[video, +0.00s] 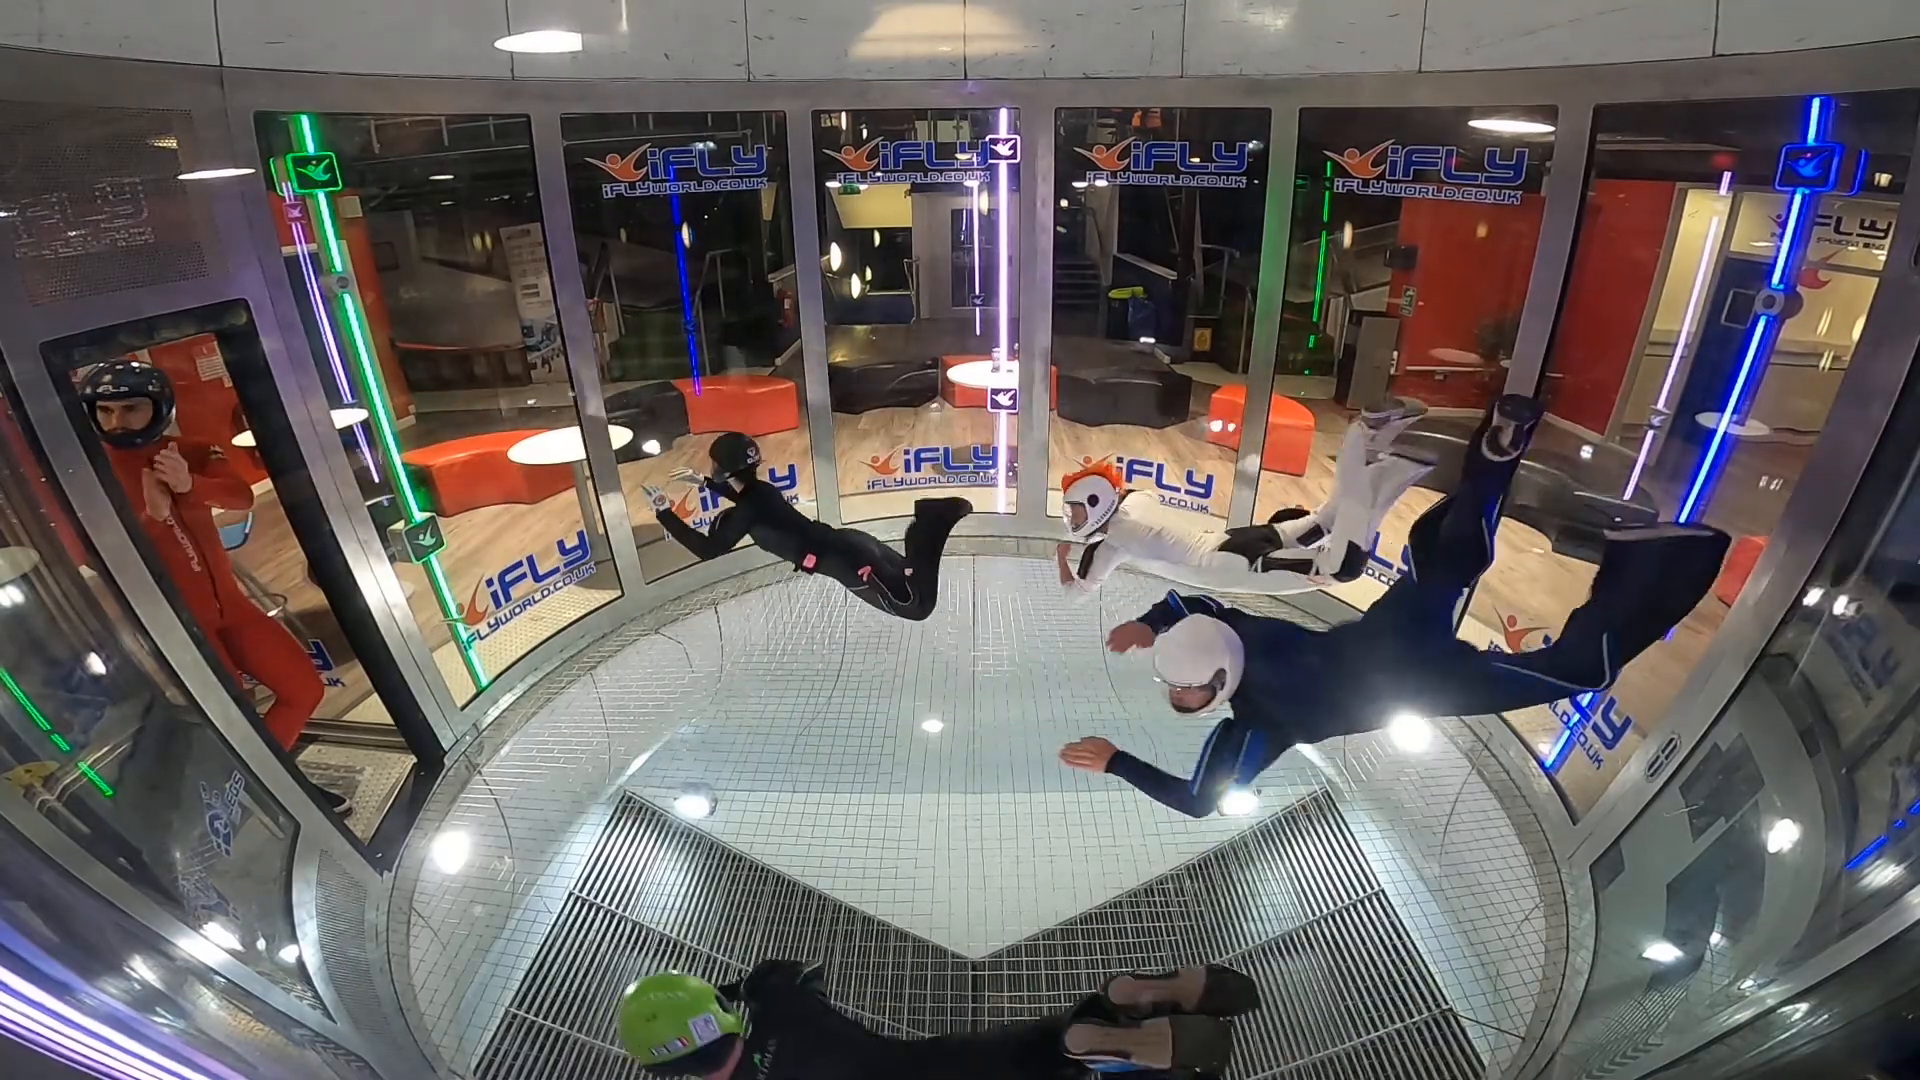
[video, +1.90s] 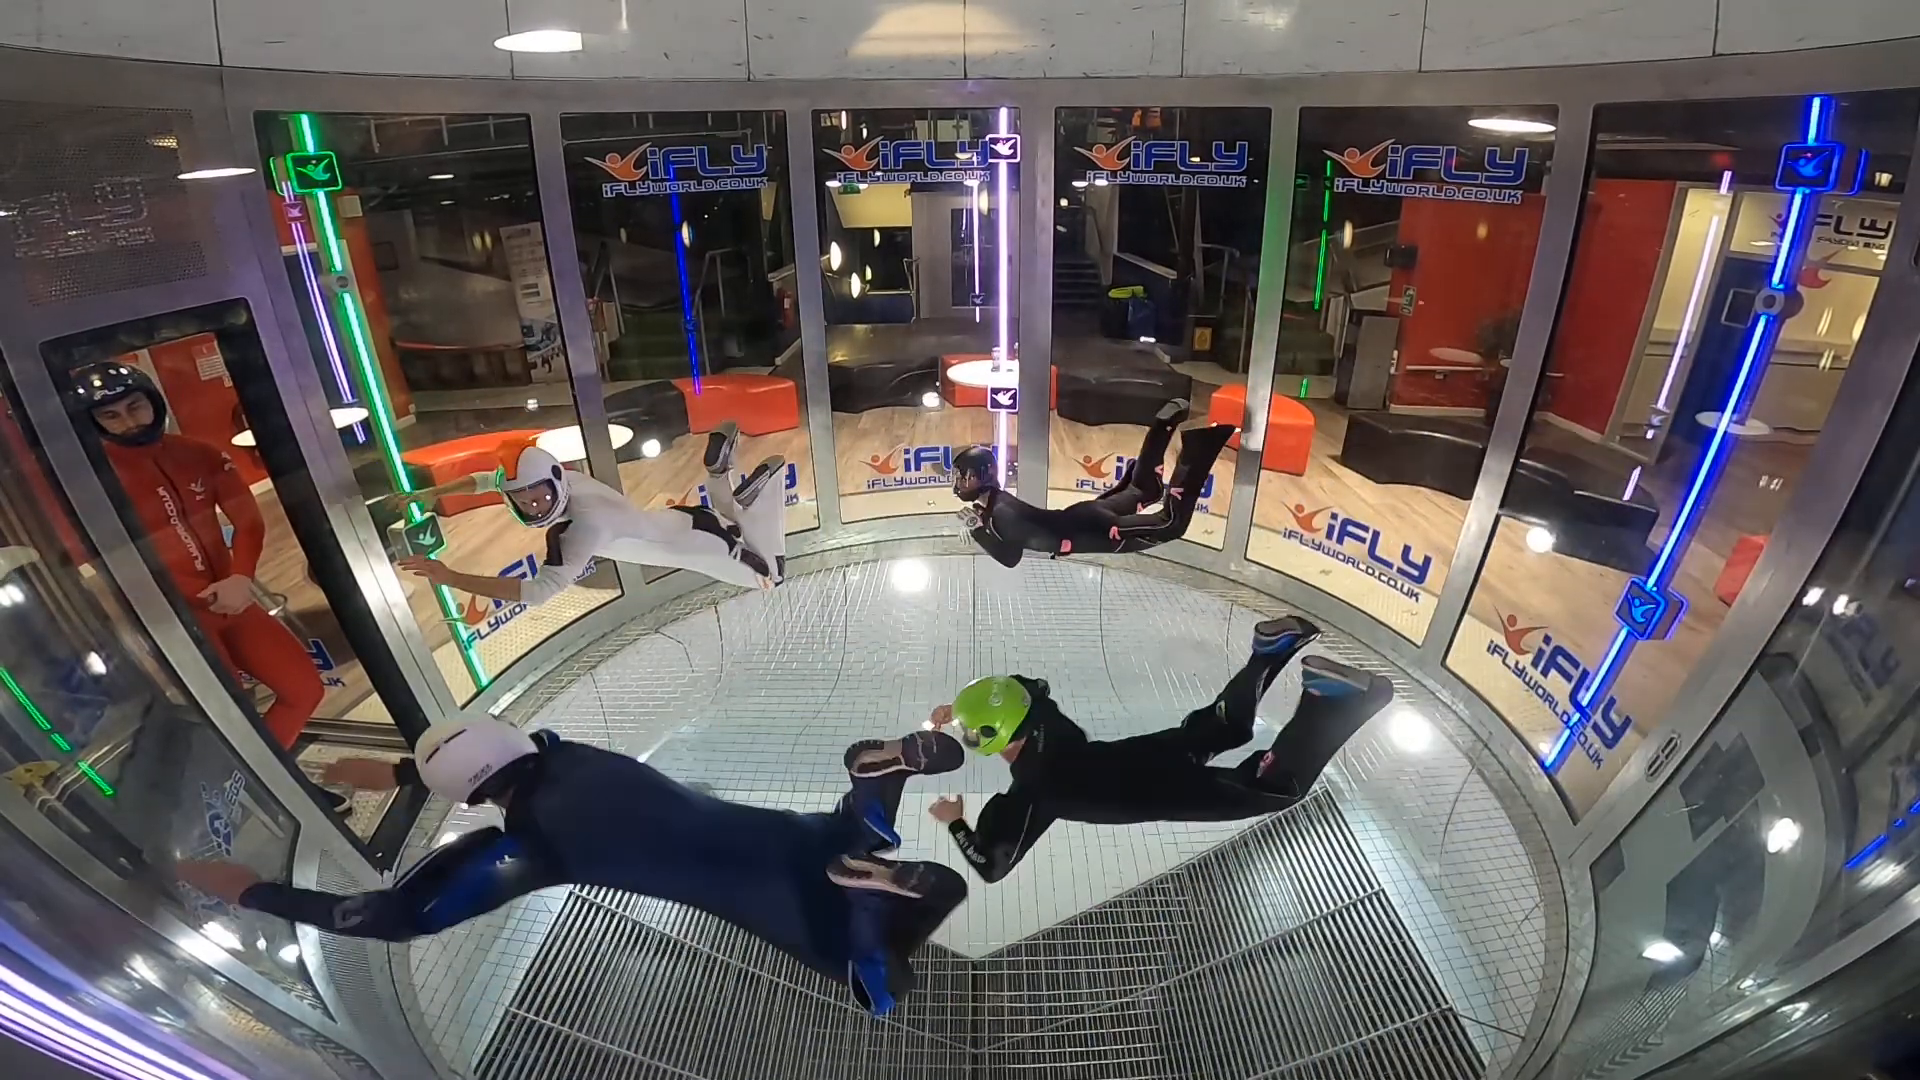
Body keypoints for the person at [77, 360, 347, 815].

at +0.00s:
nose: (118, 423)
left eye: (131, 409)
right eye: (104, 411)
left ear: (157, 410)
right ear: (90, 415)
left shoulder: (188, 452)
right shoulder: (92, 473)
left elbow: (242, 497)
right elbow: (96, 557)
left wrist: (191, 484)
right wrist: (150, 517)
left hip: (231, 606)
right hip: (182, 628)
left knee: (304, 688)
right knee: (240, 716)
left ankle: (243, 782)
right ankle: (293, 791)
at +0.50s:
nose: (117, 425)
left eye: (132, 412)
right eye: (106, 413)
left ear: (158, 412)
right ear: (92, 414)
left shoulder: (186, 455)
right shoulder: (90, 470)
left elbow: (242, 500)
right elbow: (71, 542)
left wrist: (204, 509)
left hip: (224, 607)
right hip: (172, 630)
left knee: (301, 687)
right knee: (237, 712)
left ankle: (245, 781)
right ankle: (293, 791)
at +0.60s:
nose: (116, 426)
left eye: (130, 413)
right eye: (105, 413)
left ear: (157, 413)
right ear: (92, 415)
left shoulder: (193, 456)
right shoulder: (89, 474)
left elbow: (243, 505)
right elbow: (72, 546)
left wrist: (219, 527)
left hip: (225, 607)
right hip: (169, 629)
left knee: (302, 688)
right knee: (233, 713)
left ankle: (243, 779)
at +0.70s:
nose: (116, 426)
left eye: (129, 413)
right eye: (104, 414)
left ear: (155, 412)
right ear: (90, 414)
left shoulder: (190, 455)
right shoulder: (84, 474)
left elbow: (241, 504)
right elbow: (67, 541)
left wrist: (231, 538)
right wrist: (114, 503)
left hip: (224, 605)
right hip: (168, 627)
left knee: (302, 688)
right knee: (232, 715)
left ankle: (244, 779)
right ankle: (294, 790)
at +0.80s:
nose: (121, 425)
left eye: (132, 411)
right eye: (107, 414)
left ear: (155, 409)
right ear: (91, 417)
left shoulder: (194, 456)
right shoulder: (84, 475)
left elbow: (245, 507)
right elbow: (76, 554)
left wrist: (238, 546)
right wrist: (154, 544)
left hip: (224, 604)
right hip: (169, 626)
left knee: (302, 688)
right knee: (233, 716)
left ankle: (245, 778)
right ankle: (294, 791)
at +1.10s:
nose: (128, 423)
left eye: (135, 407)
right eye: (111, 415)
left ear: (152, 402)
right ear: (94, 421)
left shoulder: (197, 455)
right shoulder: (92, 477)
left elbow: (248, 519)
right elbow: (101, 569)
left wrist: (225, 581)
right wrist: (191, 601)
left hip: (225, 599)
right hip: (170, 619)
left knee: (303, 689)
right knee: (235, 712)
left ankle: (243, 780)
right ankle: (293, 791)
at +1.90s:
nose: (129, 423)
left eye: (135, 407)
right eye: (111, 417)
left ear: (151, 402)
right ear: (94, 423)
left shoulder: (197, 455)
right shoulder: (97, 480)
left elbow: (248, 520)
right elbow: (105, 569)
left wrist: (241, 577)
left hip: (232, 602)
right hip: (176, 620)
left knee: (303, 689)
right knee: (233, 718)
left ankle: (251, 777)